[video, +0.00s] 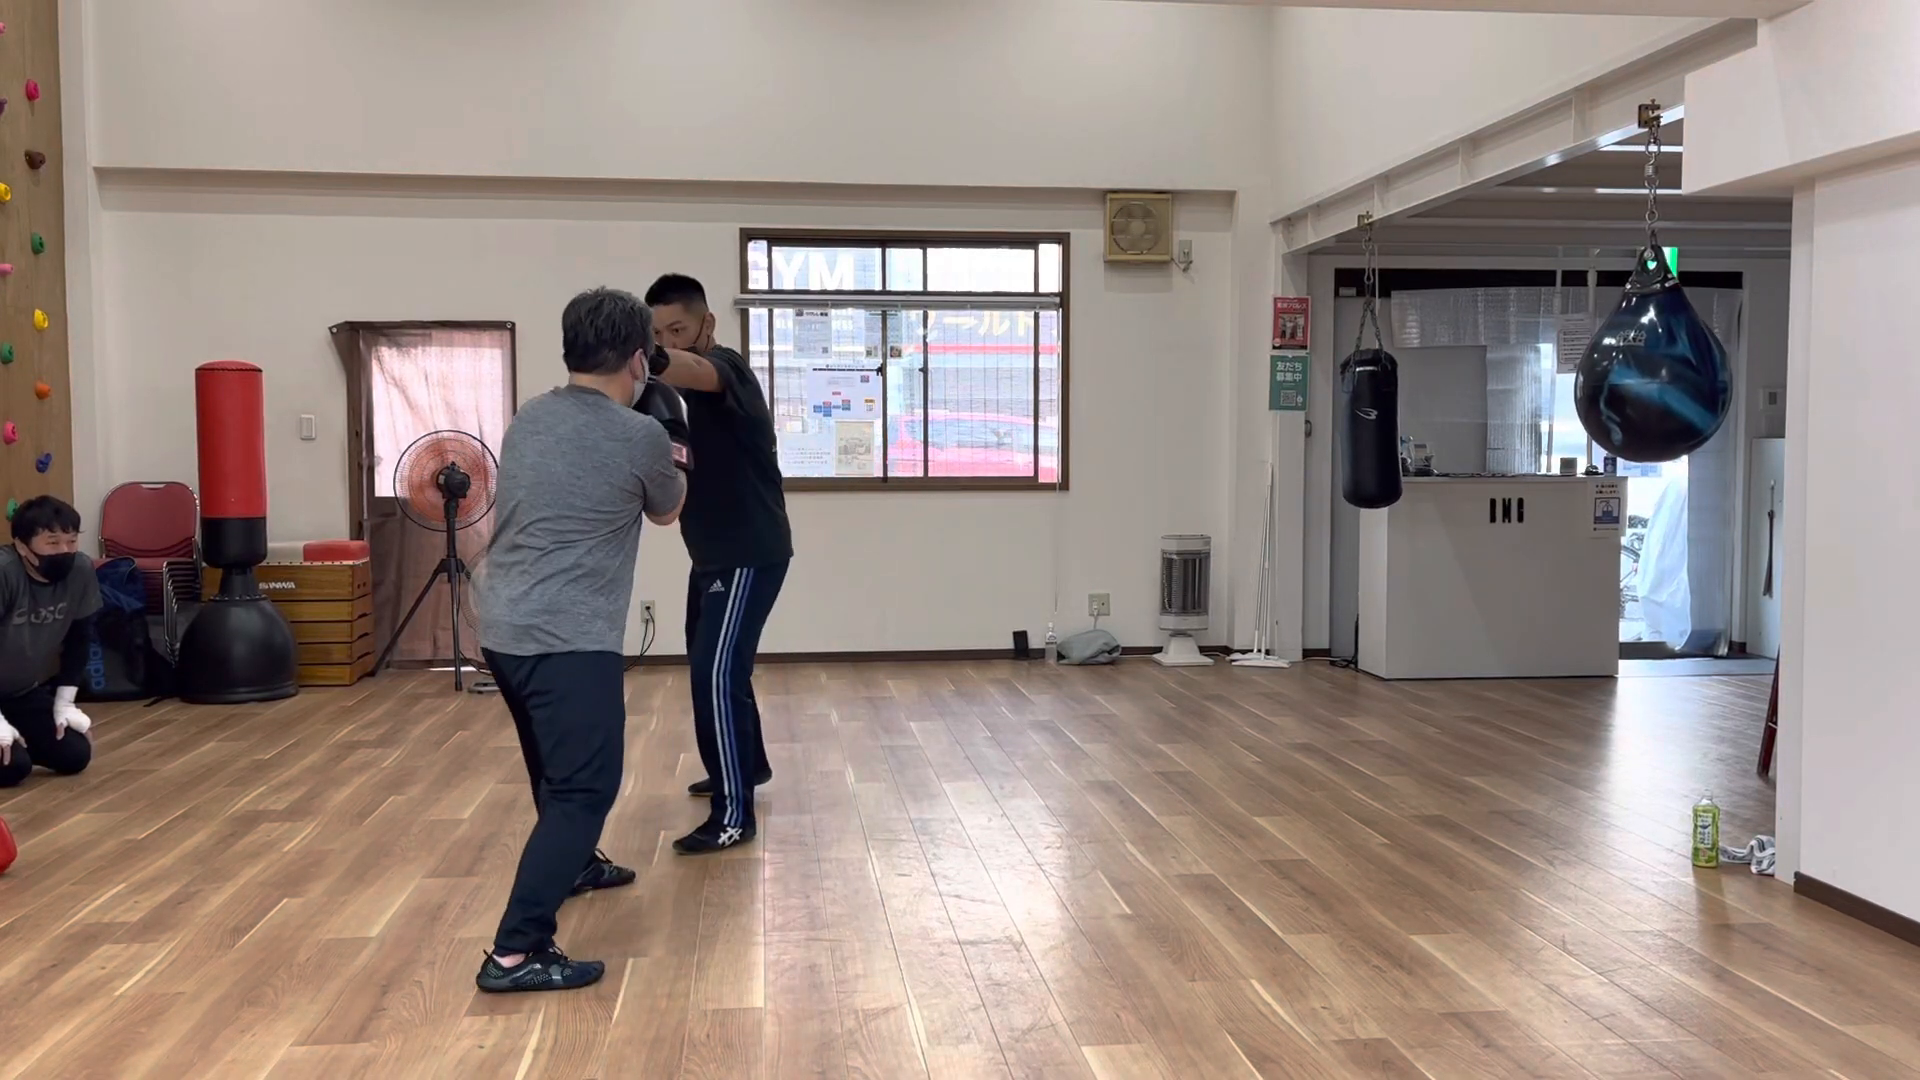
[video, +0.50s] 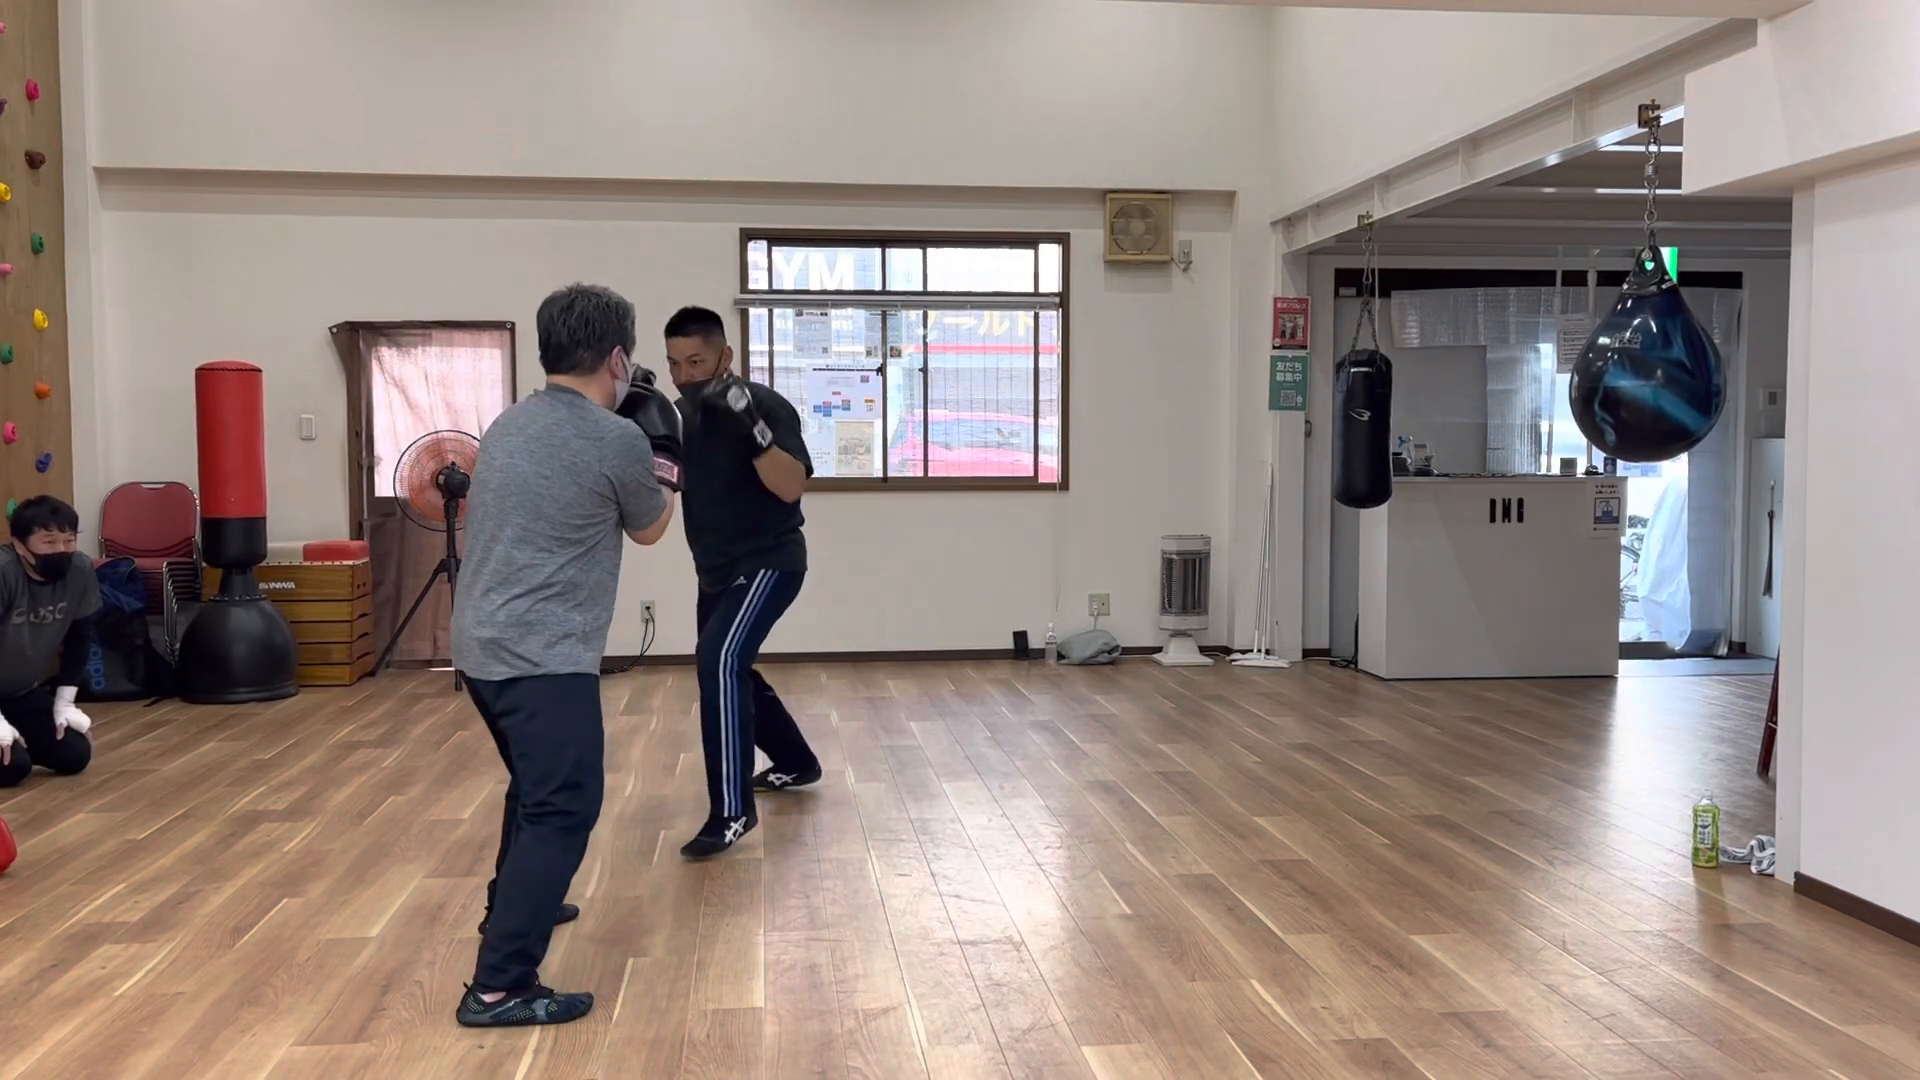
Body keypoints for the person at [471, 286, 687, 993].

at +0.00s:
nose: (652, 361)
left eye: (651, 350)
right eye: (650, 350)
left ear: (570, 354)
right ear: (633, 357)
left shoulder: (526, 416)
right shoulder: (642, 432)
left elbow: (515, 499)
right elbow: (666, 507)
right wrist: (666, 449)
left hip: (502, 633)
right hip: (575, 640)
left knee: (551, 763)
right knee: (579, 793)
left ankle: (574, 861)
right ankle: (517, 949)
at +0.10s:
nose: (648, 366)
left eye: (646, 354)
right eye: (647, 355)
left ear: (565, 354)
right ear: (631, 361)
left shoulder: (517, 418)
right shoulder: (635, 442)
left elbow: (511, 497)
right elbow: (659, 519)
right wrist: (658, 461)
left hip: (491, 642)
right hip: (565, 650)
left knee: (543, 767)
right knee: (589, 801)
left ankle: (567, 864)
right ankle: (517, 955)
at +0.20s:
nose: (635, 343)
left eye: (634, 333)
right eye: (634, 332)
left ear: (551, 332)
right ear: (620, 336)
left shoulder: (510, 401)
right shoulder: (619, 416)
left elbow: (530, 478)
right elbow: (655, 505)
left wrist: (620, 437)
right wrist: (659, 450)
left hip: (490, 632)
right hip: (561, 636)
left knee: (531, 769)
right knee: (575, 786)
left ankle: (517, 890)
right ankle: (518, 952)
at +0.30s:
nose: (629, 343)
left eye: (628, 333)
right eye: (627, 332)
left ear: (546, 334)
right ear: (613, 334)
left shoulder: (509, 402)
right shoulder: (612, 407)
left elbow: (525, 483)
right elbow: (657, 502)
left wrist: (621, 440)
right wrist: (665, 456)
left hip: (482, 626)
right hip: (553, 629)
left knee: (527, 768)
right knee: (574, 781)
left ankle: (516, 900)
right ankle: (507, 949)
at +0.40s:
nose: (628, 360)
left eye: (628, 350)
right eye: (627, 349)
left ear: (545, 349)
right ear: (613, 351)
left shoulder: (511, 418)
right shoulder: (610, 430)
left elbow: (542, 493)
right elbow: (652, 517)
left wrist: (618, 445)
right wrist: (660, 467)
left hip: (483, 642)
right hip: (544, 649)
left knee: (533, 773)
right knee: (571, 794)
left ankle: (514, 905)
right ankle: (505, 973)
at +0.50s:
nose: (631, 365)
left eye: (629, 355)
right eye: (629, 355)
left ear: (546, 355)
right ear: (615, 357)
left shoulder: (506, 423)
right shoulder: (615, 438)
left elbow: (528, 500)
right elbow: (651, 525)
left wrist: (618, 465)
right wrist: (661, 480)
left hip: (480, 651)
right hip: (548, 660)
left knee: (532, 787)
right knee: (562, 811)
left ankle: (516, 906)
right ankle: (501, 987)